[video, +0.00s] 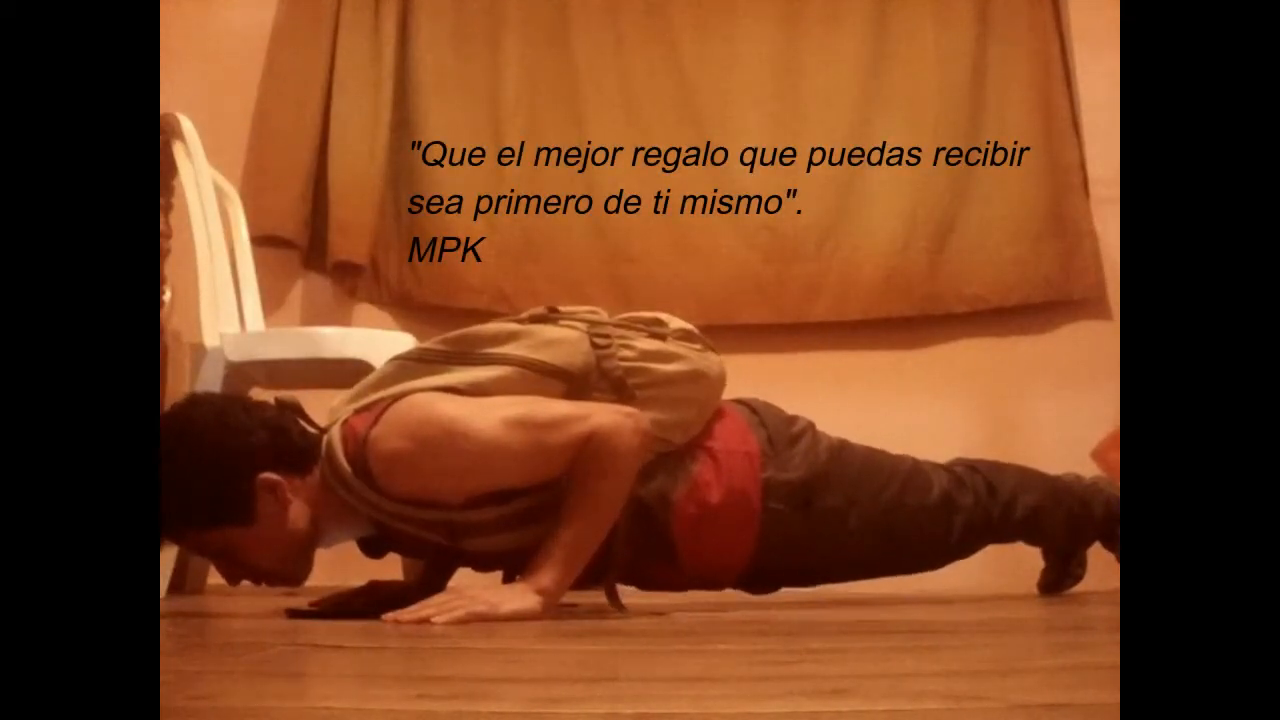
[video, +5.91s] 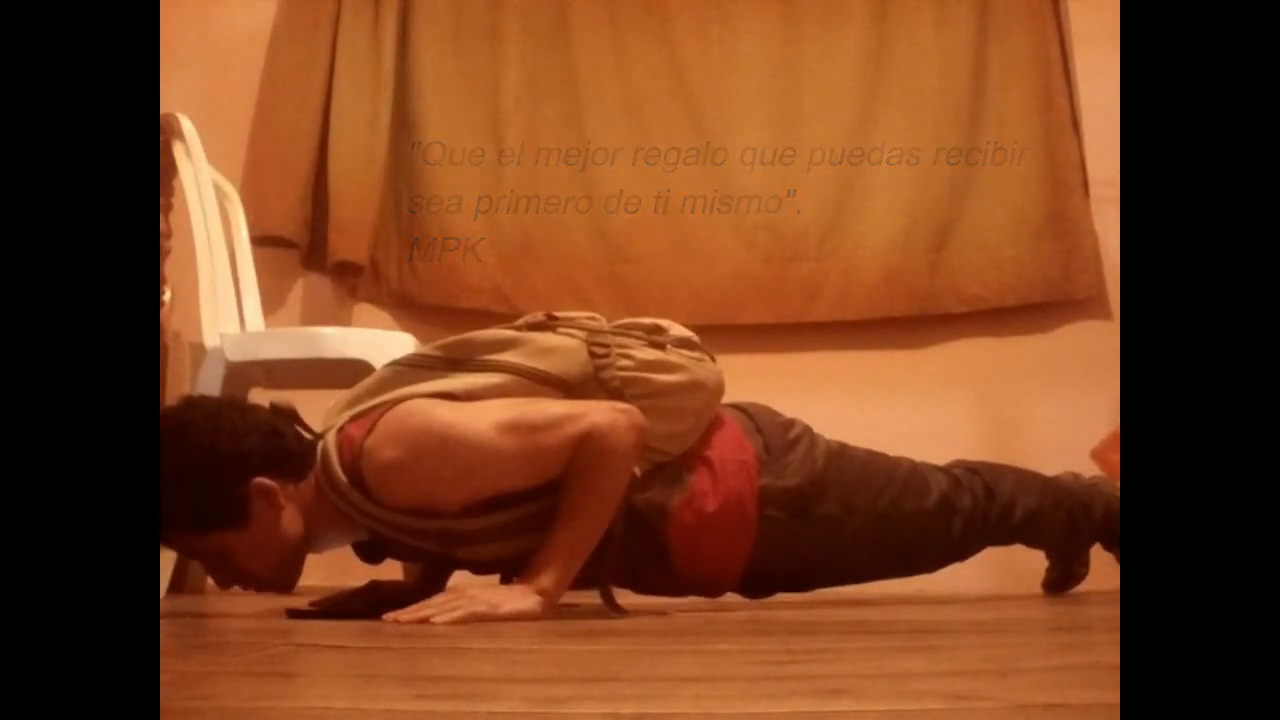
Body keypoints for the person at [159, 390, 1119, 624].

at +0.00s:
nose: (226, 572)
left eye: (221, 547)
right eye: (208, 559)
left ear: (276, 489)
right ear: (271, 481)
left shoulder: (404, 448)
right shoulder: (355, 458)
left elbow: (615, 439)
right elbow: (455, 541)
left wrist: (538, 588)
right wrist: (391, 585)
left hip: (739, 486)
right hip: (709, 504)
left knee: (944, 507)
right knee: (923, 507)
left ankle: (1096, 503)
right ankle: (1072, 506)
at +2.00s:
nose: (218, 574)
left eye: (213, 550)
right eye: (200, 559)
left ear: (262, 492)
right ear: (258, 478)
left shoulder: (400, 448)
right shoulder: (355, 461)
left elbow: (614, 439)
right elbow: (470, 534)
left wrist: (539, 588)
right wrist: (388, 588)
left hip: (739, 498)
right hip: (712, 503)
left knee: (949, 510)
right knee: (928, 506)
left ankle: (1095, 505)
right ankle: (1079, 504)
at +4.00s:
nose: (217, 576)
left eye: (211, 551)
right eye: (199, 560)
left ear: (262, 493)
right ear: (259, 482)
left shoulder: (397, 453)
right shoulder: (355, 460)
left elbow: (609, 437)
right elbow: (486, 529)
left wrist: (539, 588)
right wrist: (390, 585)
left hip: (737, 491)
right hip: (710, 500)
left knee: (943, 508)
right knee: (923, 505)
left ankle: (1095, 505)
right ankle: (1077, 505)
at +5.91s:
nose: (215, 579)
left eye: (209, 554)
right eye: (198, 563)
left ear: (260, 498)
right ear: (257, 482)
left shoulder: (394, 455)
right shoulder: (352, 464)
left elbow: (608, 438)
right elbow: (474, 530)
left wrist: (540, 589)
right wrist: (386, 587)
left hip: (737, 494)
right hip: (709, 499)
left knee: (946, 510)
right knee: (925, 505)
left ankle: (1094, 505)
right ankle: (1079, 503)